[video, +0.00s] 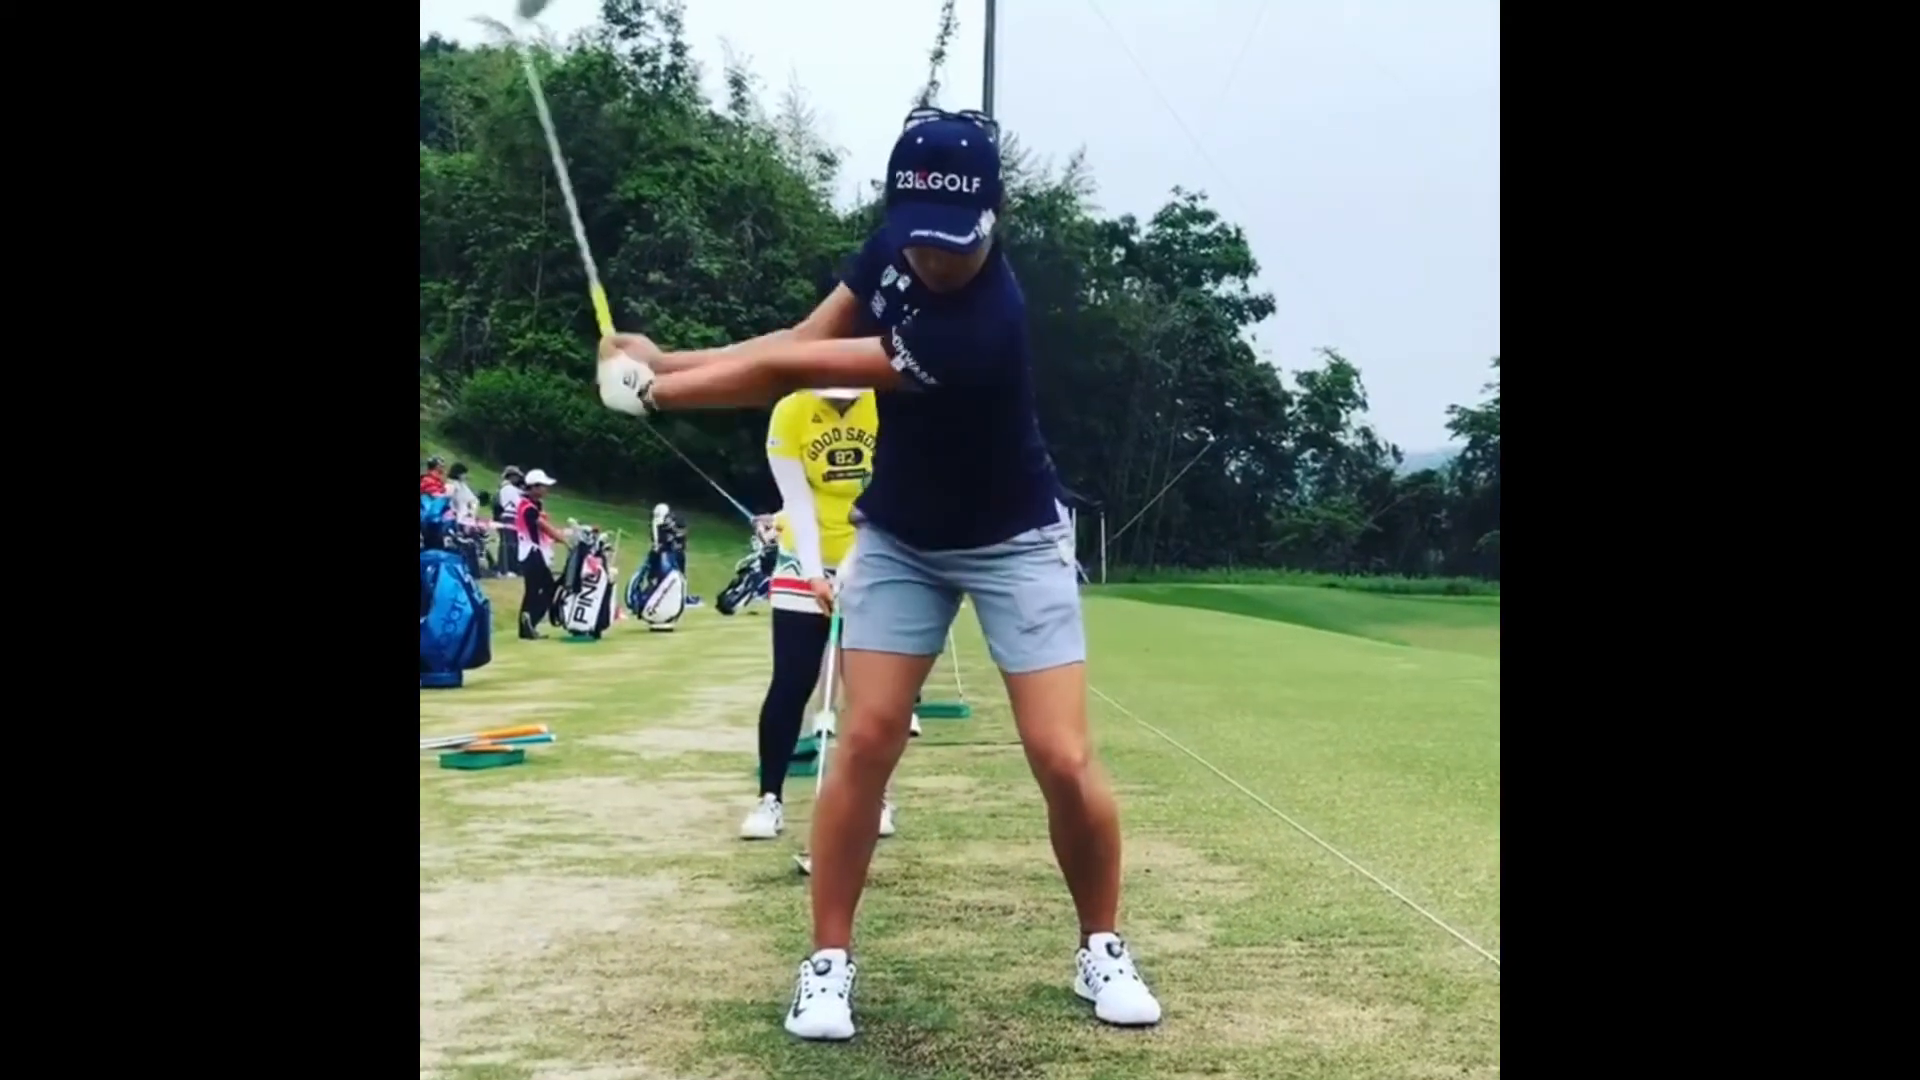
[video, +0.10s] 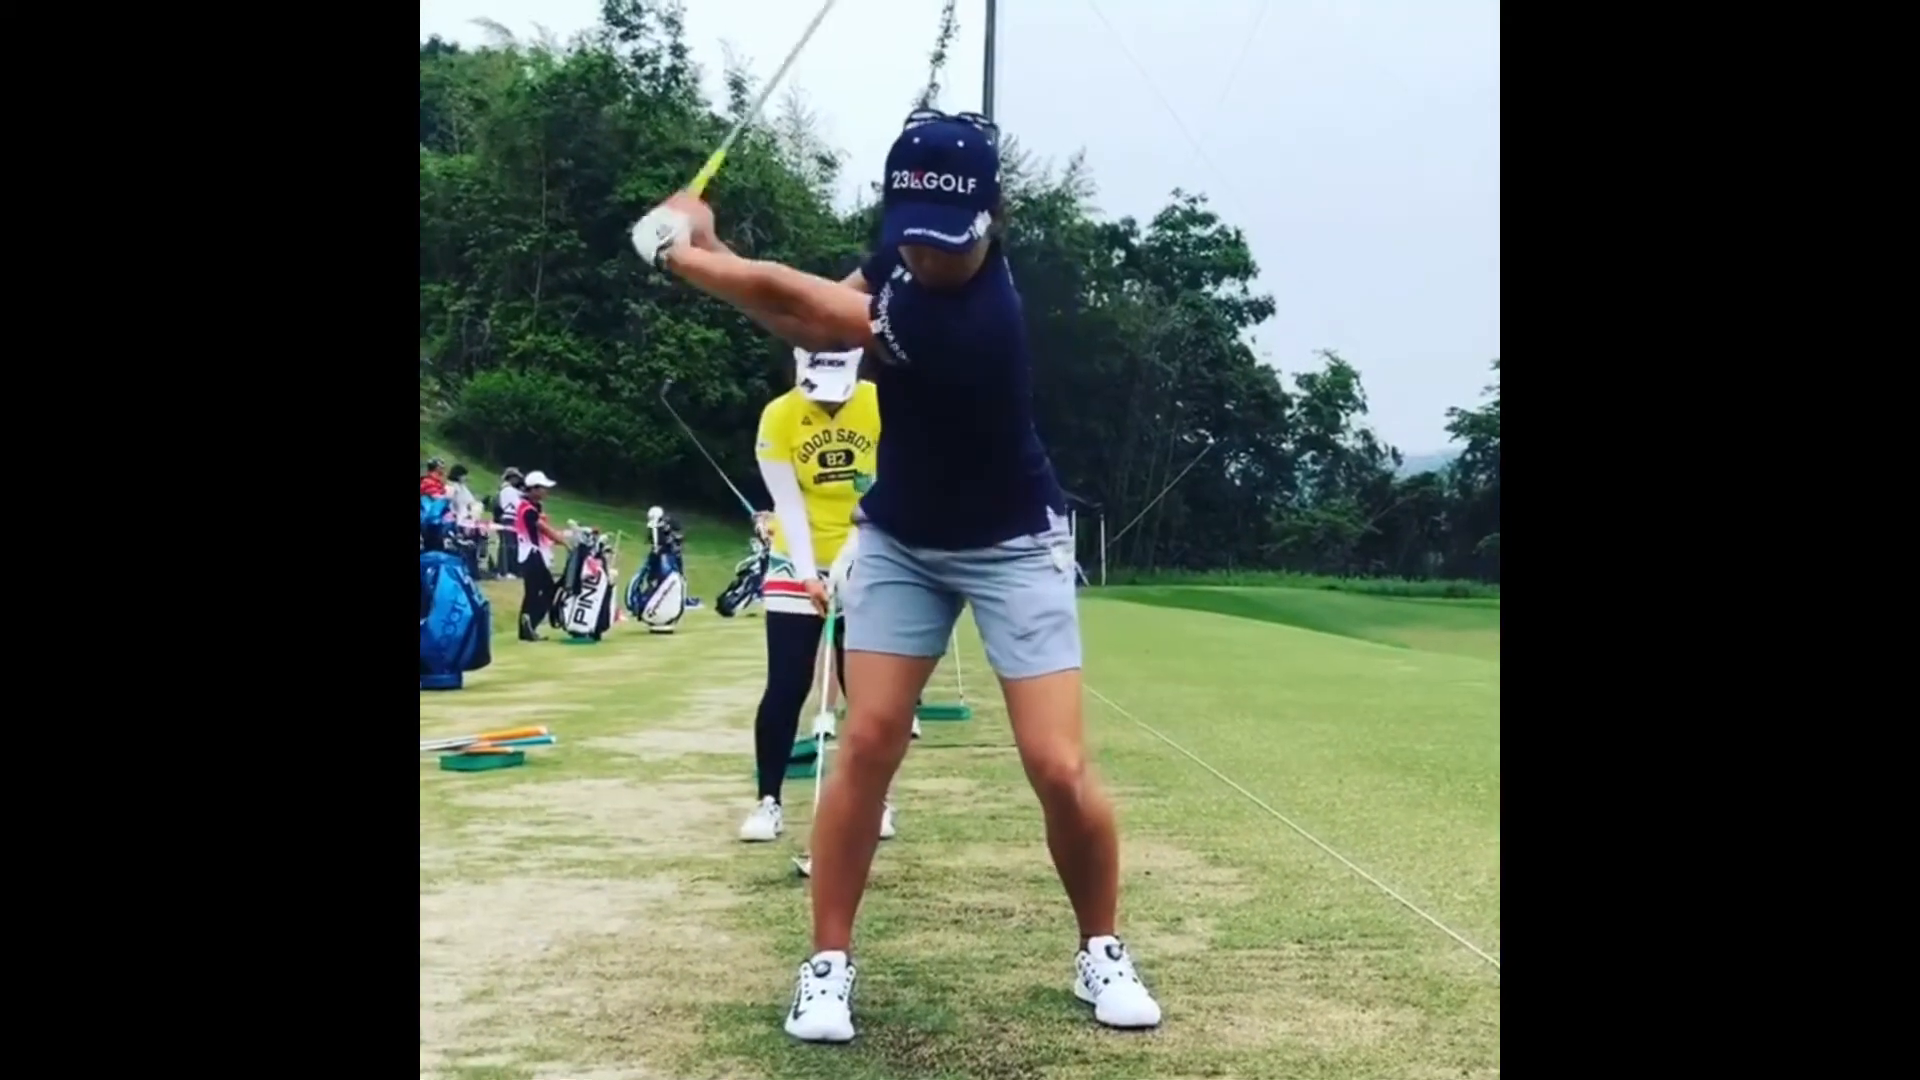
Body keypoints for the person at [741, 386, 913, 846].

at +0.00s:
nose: (839, 380)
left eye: (847, 365)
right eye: (826, 364)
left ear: (868, 358)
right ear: (811, 361)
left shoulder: (887, 404)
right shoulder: (791, 413)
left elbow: (898, 486)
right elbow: (797, 502)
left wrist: (870, 560)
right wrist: (813, 570)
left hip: (871, 556)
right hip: (804, 560)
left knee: (878, 689)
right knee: (792, 682)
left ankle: (875, 790)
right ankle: (770, 798)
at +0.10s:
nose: (827, 387)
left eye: (838, 376)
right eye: (817, 376)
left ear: (854, 367)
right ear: (801, 368)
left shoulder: (876, 405)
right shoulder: (779, 416)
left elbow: (891, 491)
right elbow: (788, 502)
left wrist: (851, 564)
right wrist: (806, 571)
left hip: (864, 556)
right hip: (794, 560)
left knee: (868, 691)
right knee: (786, 686)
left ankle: (876, 797)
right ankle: (768, 800)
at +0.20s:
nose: (821, 398)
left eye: (832, 389)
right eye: (810, 388)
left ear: (850, 374)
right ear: (793, 373)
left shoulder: (873, 406)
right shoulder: (772, 420)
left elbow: (878, 491)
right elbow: (783, 507)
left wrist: (841, 563)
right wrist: (802, 573)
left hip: (857, 556)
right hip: (789, 558)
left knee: (870, 690)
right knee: (785, 685)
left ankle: (876, 796)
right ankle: (767, 802)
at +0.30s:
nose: (820, 402)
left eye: (831, 391)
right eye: (809, 391)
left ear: (849, 373)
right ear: (792, 375)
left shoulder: (878, 410)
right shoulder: (772, 422)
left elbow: (877, 495)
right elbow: (782, 508)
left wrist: (839, 566)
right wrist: (801, 573)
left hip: (857, 561)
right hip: (787, 561)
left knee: (868, 690)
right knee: (782, 688)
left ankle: (884, 791)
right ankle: (764, 805)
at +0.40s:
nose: (818, 391)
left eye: (830, 380)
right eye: (809, 380)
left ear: (853, 374)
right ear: (796, 373)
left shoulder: (889, 418)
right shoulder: (778, 424)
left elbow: (880, 501)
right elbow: (787, 511)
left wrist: (840, 569)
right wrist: (802, 576)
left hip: (865, 568)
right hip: (791, 566)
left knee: (871, 694)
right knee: (782, 689)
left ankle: (892, 805)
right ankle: (761, 806)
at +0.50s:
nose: (830, 404)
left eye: (841, 392)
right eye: (820, 391)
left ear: (859, 375)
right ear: (804, 376)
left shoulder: (888, 415)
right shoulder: (784, 428)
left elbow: (885, 499)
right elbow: (792, 513)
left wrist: (844, 568)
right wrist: (803, 580)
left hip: (870, 570)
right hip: (798, 568)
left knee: (873, 699)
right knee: (782, 689)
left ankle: (890, 813)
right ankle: (755, 807)